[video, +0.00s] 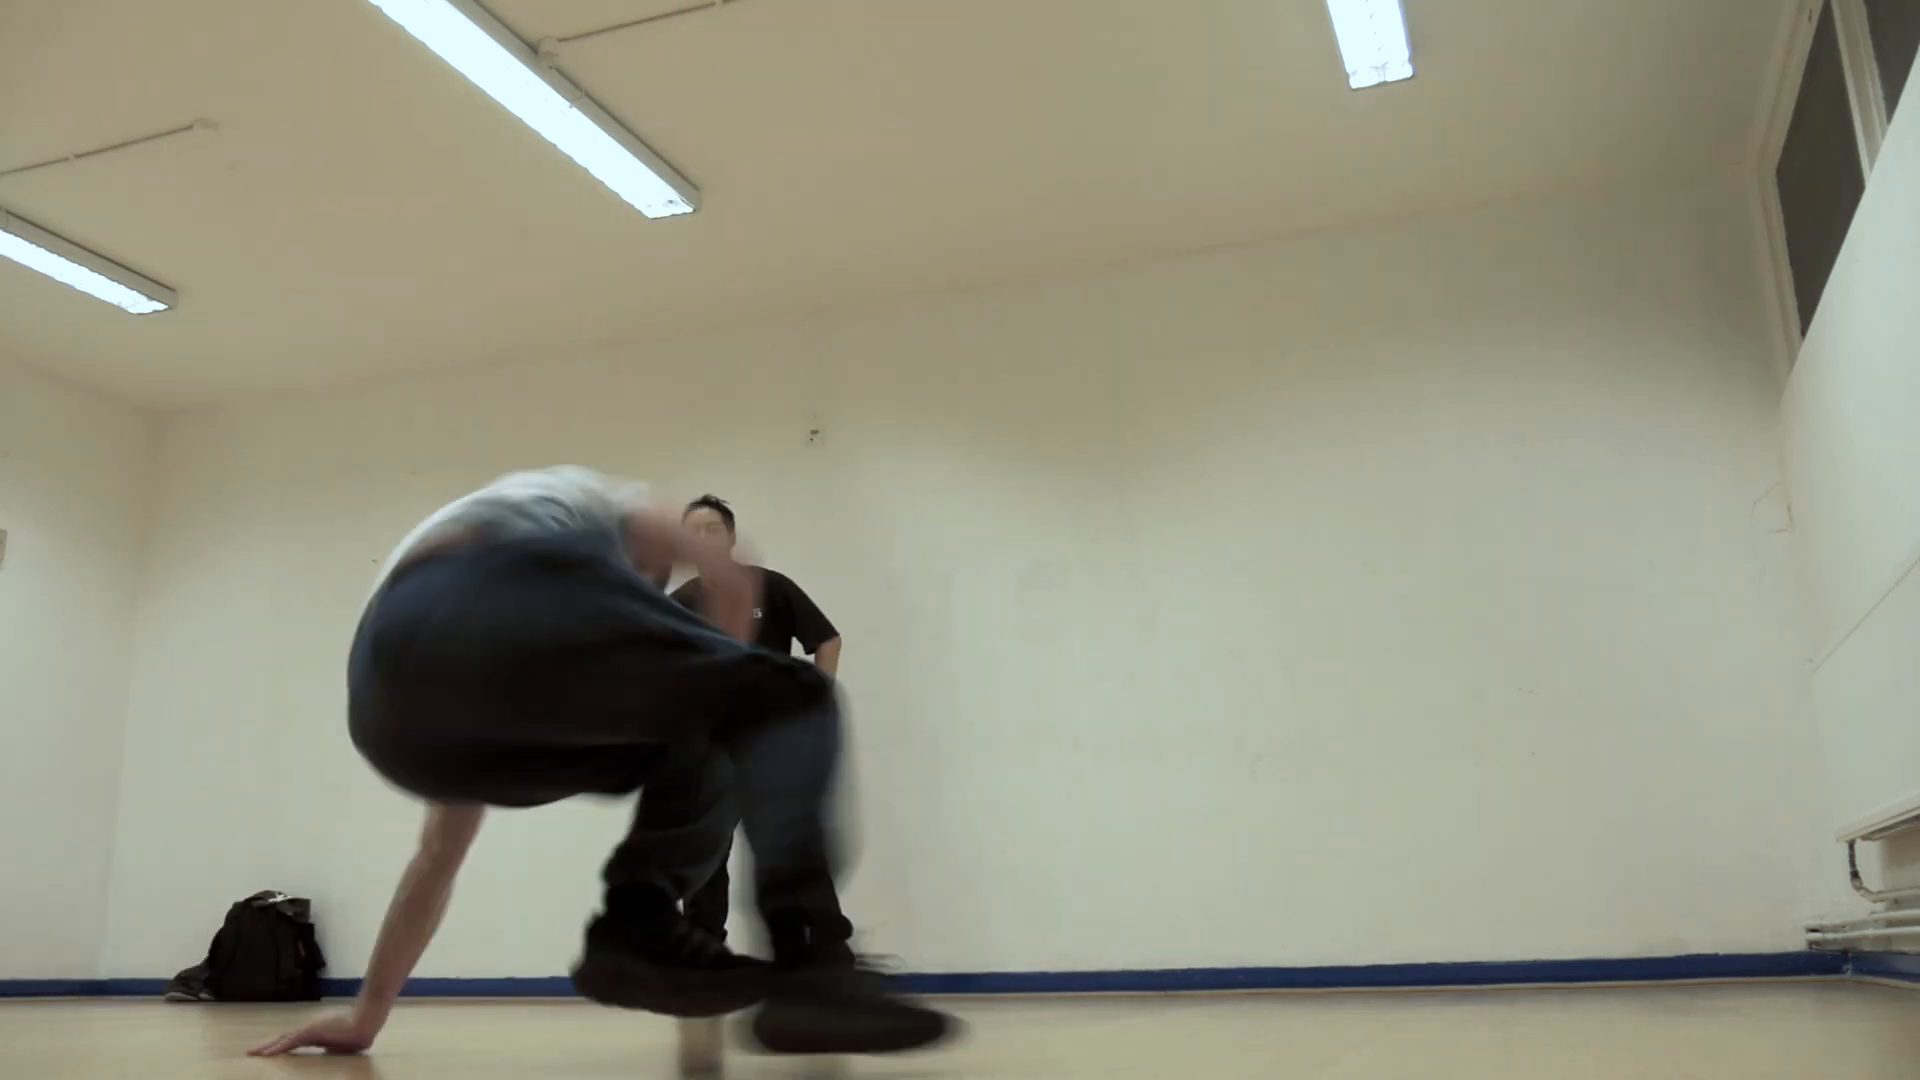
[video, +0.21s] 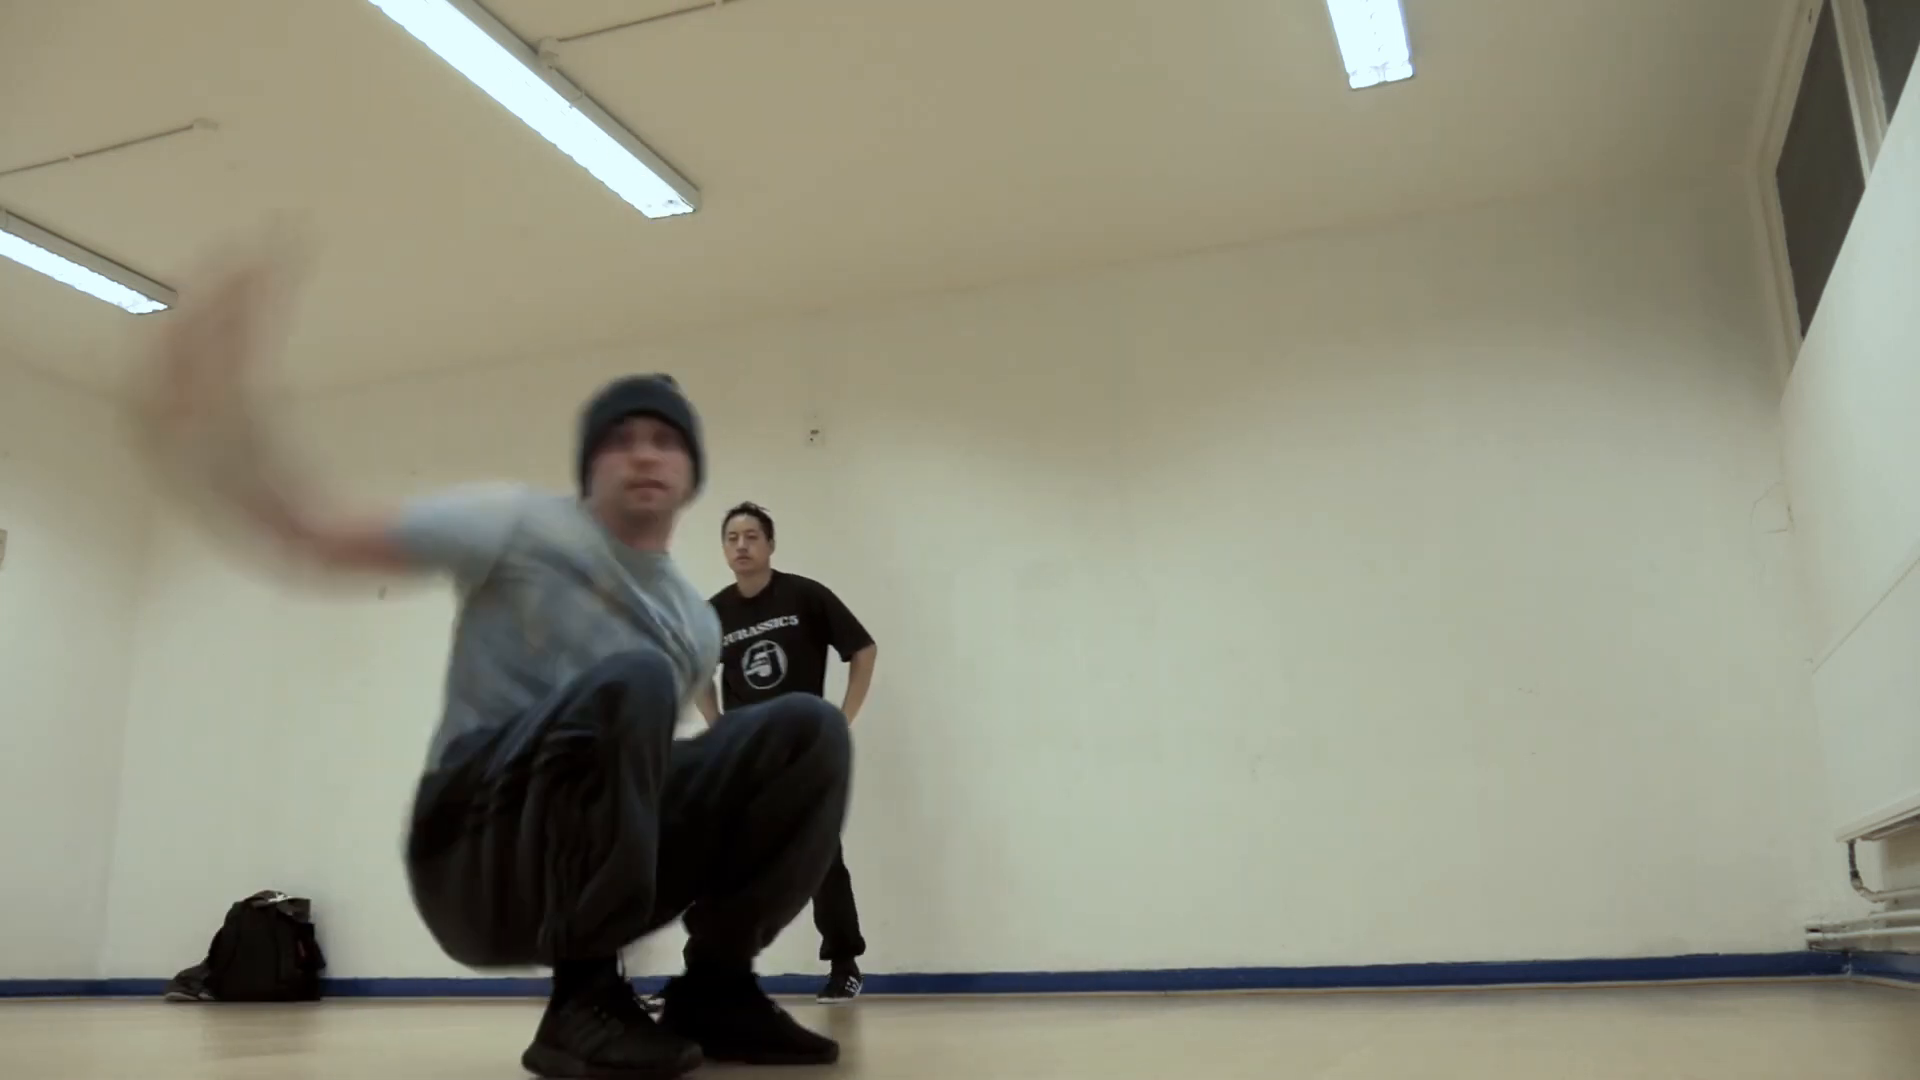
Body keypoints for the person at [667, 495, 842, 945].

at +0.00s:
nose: (703, 539)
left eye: (712, 528)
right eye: (694, 530)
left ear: (731, 536)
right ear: (683, 540)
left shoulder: (770, 588)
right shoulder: (678, 604)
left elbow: (826, 640)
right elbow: (657, 666)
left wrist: (813, 708)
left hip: (770, 735)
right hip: (704, 742)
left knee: (783, 843)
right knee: (703, 847)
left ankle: (800, 942)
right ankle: (701, 944)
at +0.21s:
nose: (741, 545)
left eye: (751, 536)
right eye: (733, 538)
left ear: (770, 545)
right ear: (724, 549)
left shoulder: (806, 596)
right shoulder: (712, 613)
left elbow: (862, 650)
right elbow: (697, 672)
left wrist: (842, 722)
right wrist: (718, 730)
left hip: (804, 747)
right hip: (741, 752)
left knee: (821, 850)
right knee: (735, 854)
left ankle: (842, 962)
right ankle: (723, 973)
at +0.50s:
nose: (794, 550)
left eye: (805, 541)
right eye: (786, 541)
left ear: (825, 550)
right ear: (776, 551)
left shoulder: (857, 604)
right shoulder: (763, 609)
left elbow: (887, 685)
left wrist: (866, 754)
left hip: (836, 757)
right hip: (774, 757)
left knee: (843, 853)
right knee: (750, 853)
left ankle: (844, 966)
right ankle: (726, 959)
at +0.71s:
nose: (818, 548)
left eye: (829, 541)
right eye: (811, 541)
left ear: (847, 552)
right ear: (802, 551)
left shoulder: (875, 606)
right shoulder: (782, 610)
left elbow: (922, 663)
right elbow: (765, 672)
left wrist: (892, 722)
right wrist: (771, 724)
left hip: (850, 756)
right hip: (790, 757)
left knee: (850, 862)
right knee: (765, 856)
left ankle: (846, 973)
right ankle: (780, 967)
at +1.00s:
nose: (824, 552)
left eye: (835, 546)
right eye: (818, 545)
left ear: (855, 555)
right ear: (810, 554)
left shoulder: (877, 609)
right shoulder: (792, 616)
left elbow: (923, 667)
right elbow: (783, 678)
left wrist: (890, 722)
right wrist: (784, 724)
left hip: (852, 755)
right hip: (798, 757)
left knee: (849, 858)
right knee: (803, 864)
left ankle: (850, 968)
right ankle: (834, 962)